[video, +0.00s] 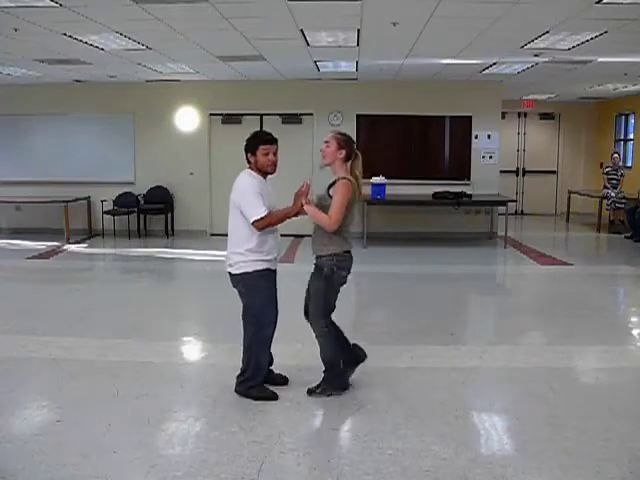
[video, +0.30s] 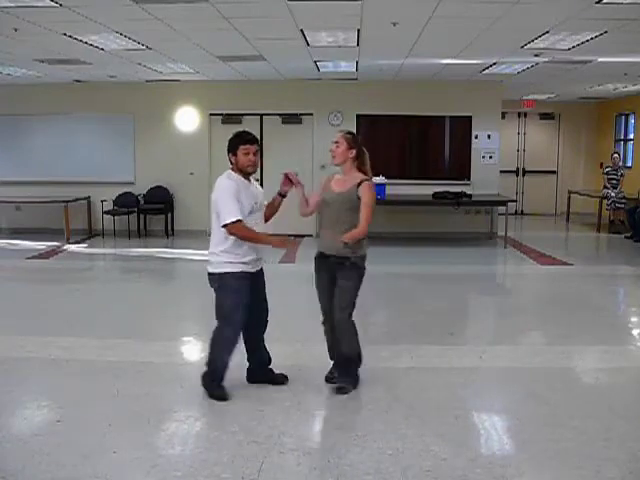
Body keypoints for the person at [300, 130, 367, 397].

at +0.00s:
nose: (322, 148)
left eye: (327, 145)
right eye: (323, 144)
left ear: (341, 152)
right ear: (338, 153)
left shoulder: (344, 185)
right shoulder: (336, 183)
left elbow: (332, 224)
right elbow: (329, 218)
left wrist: (308, 208)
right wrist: (308, 204)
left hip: (334, 260)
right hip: (326, 259)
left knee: (319, 317)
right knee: (312, 313)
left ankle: (334, 378)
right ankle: (349, 353)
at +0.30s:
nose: (332, 149)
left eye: (337, 145)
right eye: (332, 145)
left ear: (352, 151)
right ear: (338, 151)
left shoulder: (364, 185)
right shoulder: (329, 181)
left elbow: (364, 227)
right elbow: (306, 211)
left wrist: (351, 236)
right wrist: (299, 188)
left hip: (350, 259)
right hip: (325, 257)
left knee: (341, 315)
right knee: (328, 317)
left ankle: (349, 373)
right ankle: (338, 365)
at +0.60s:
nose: (347, 152)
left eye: (352, 148)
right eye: (347, 148)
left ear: (367, 154)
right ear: (353, 154)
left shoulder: (383, 185)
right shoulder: (344, 183)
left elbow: (396, 226)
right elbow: (321, 213)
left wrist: (386, 252)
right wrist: (294, 211)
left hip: (373, 260)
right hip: (345, 258)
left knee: (375, 311)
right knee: (333, 310)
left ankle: (382, 356)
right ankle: (338, 362)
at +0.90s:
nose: (352, 152)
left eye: (357, 148)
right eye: (352, 148)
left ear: (372, 153)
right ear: (355, 153)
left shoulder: (385, 183)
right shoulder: (353, 181)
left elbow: (400, 221)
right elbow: (340, 213)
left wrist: (386, 251)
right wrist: (319, 210)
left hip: (382, 257)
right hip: (358, 255)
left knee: (379, 310)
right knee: (353, 305)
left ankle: (383, 356)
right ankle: (366, 346)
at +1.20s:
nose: (354, 152)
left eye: (359, 148)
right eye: (353, 148)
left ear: (373, 153)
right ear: (355, 153)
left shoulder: (387, 184)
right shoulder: (350, 183)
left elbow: (400, 221)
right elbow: (333, 217)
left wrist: (385, 250)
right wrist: (309, 222)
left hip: (378, 259)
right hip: (354, 257)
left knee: (372, 309)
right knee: (358, 308)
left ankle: (376, 357)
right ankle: (367, 349)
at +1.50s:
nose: (347, 150)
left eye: (352, 146)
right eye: (346, 146)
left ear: (366, 151)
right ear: (345, 151)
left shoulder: (382, 182)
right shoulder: (340, 184)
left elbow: (398, 215)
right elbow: (314, 212)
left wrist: (390, 235)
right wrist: (281, 203)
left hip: (376, 259)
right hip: (347, 259)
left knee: (375, 310)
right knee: (337, 308)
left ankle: (374, 355)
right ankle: (347, 352)